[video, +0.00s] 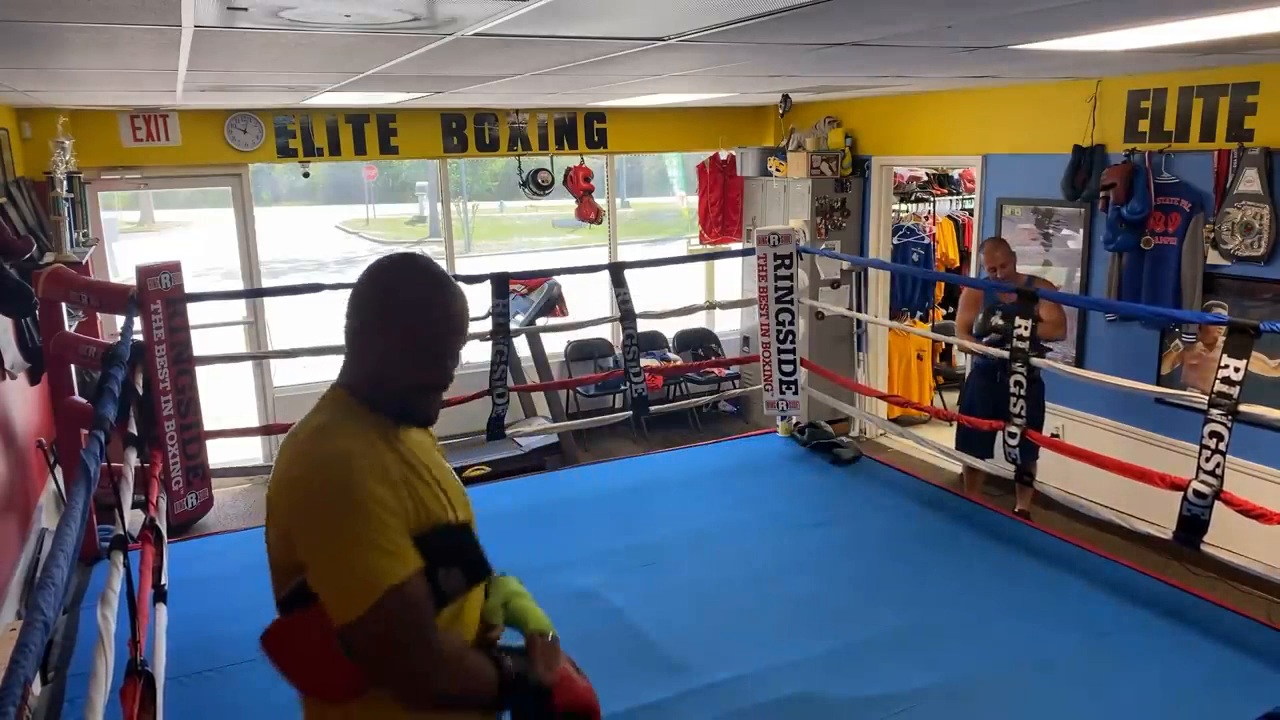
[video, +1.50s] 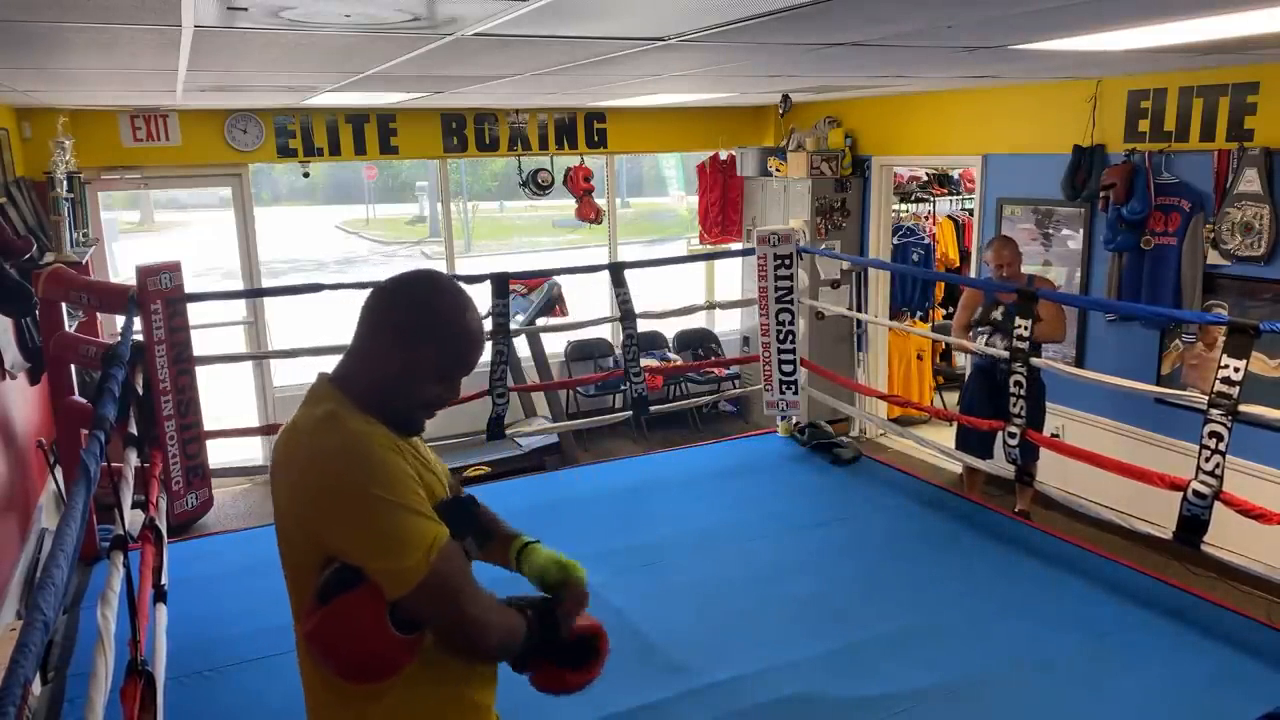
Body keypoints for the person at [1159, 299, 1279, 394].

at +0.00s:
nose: (1220, 327)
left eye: (1223, 323)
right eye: (1215, 322)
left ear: (1226, 327)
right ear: (1201, 325)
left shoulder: (1231, 349)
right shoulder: (1189, 348)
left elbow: (1270, 368)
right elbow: (1162, 369)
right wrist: (1182, 352)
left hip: (1219, 406)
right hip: (1189, 401)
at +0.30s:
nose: (1220, 327)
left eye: (1223, 322)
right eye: (1215, 322)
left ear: (1226, 327)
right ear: (1201, 325)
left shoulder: (1231, 349)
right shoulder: (1189, 349)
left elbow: (1270, 368)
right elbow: (1162, 369)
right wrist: (1181, 352)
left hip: (1219, 405)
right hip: (1190, 401)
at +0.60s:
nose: (1220, 327)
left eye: (1223, 322)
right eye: (1215, 322)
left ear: (1226, 327)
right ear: (1201, 325)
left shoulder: (1231, 349)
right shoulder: (1189, 349)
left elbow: (1270, 368)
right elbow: (1162, 369)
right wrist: (1181, 352)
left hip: (1219, 405)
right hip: (1189, 400)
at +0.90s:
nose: (1220, 327)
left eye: (1223, 323)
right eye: (1215, 322)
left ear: (1226, 327)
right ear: (1201, 325)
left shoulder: (1231, 349)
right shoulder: (1189, 349)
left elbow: (1270, 368)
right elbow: (1162, 369)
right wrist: (1180, 351)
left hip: (1218, 405)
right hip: (1189, 400)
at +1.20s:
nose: (1220, 327)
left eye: (1223, 323)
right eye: (1215, 322)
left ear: (1226, 327)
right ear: (1201, 325)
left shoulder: (1231, 349)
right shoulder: (1189, 349)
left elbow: (1270, 368)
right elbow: (1162, 369)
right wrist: (1179, 351)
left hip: (1218, 405)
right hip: (1189, 400)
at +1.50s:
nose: (1220, 327)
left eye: (1223, 323)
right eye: (1215, 322)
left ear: (1226, 327)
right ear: (1201, 325)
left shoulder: (1231, 349)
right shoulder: (1189, 349)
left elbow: (1270, 368)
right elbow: (1162, 369)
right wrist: (1179, 351)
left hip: (1218, 405)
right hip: (1189, 400)